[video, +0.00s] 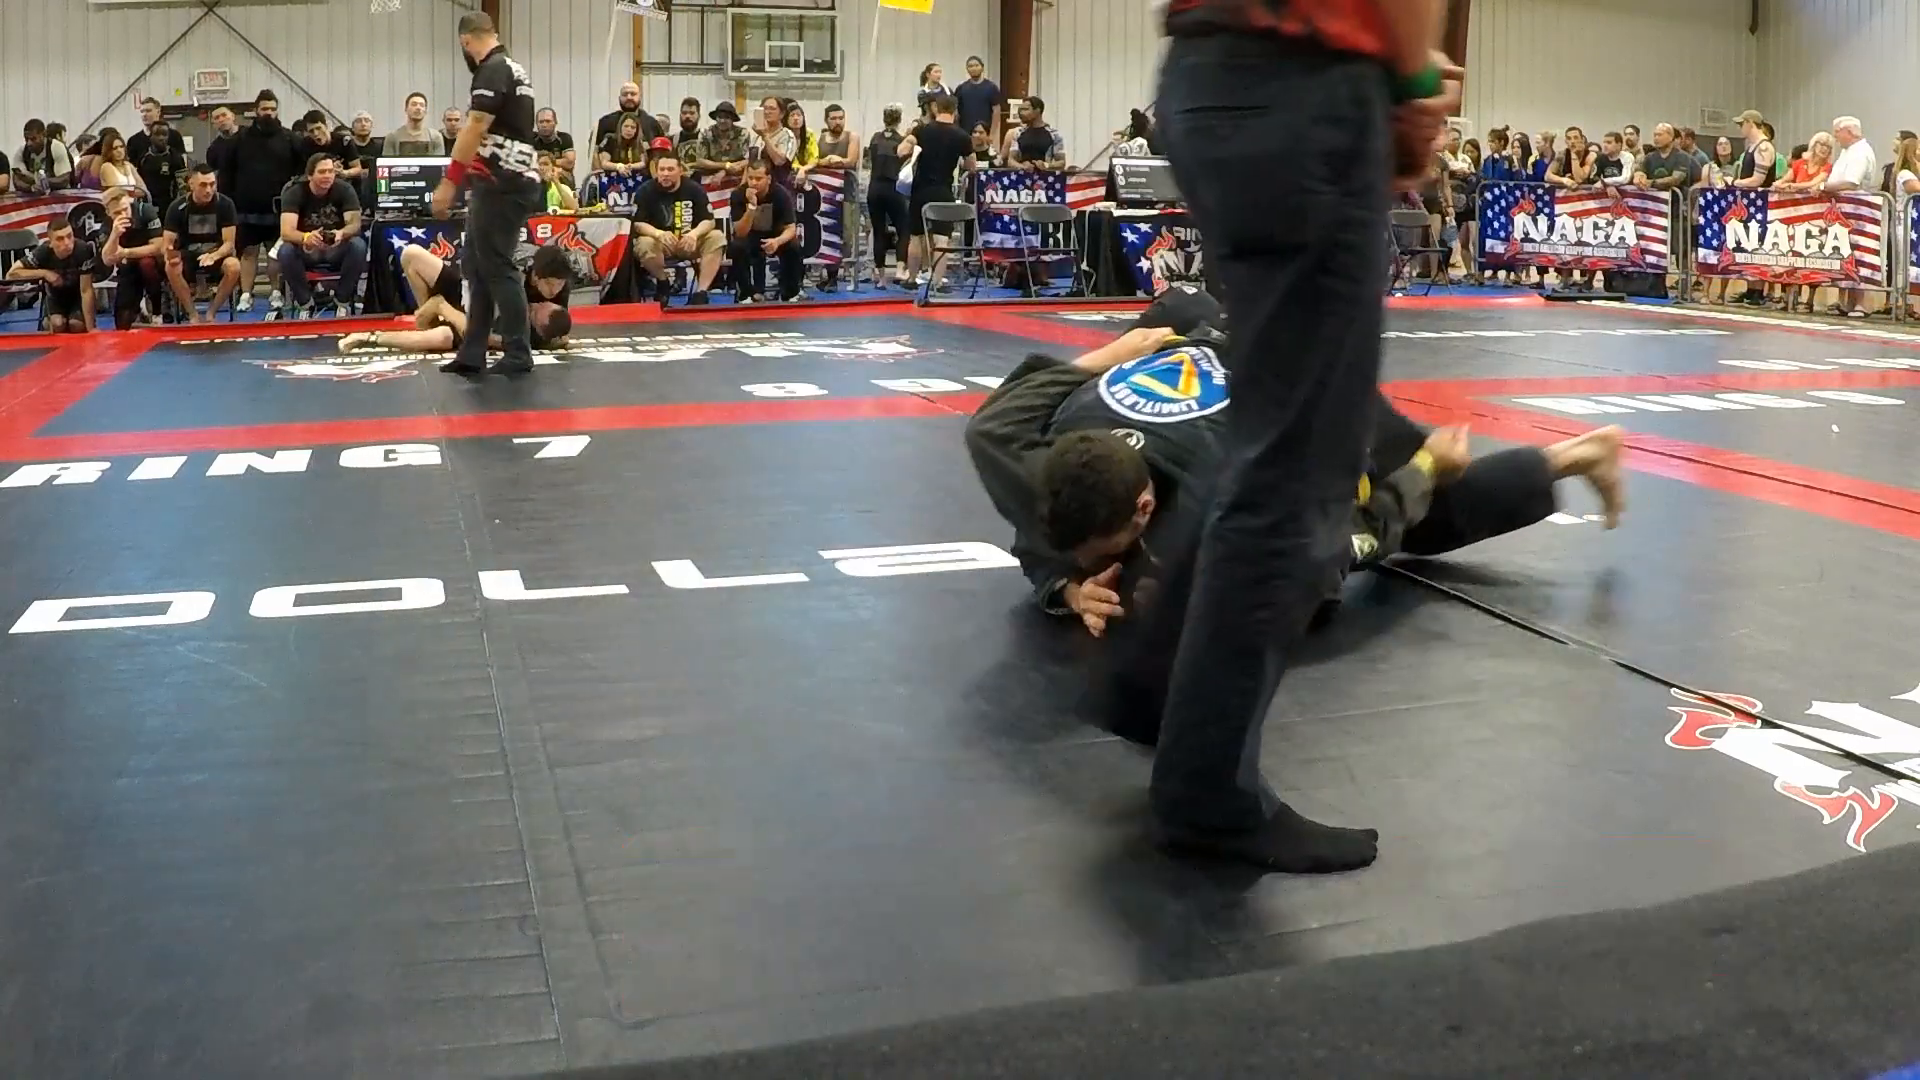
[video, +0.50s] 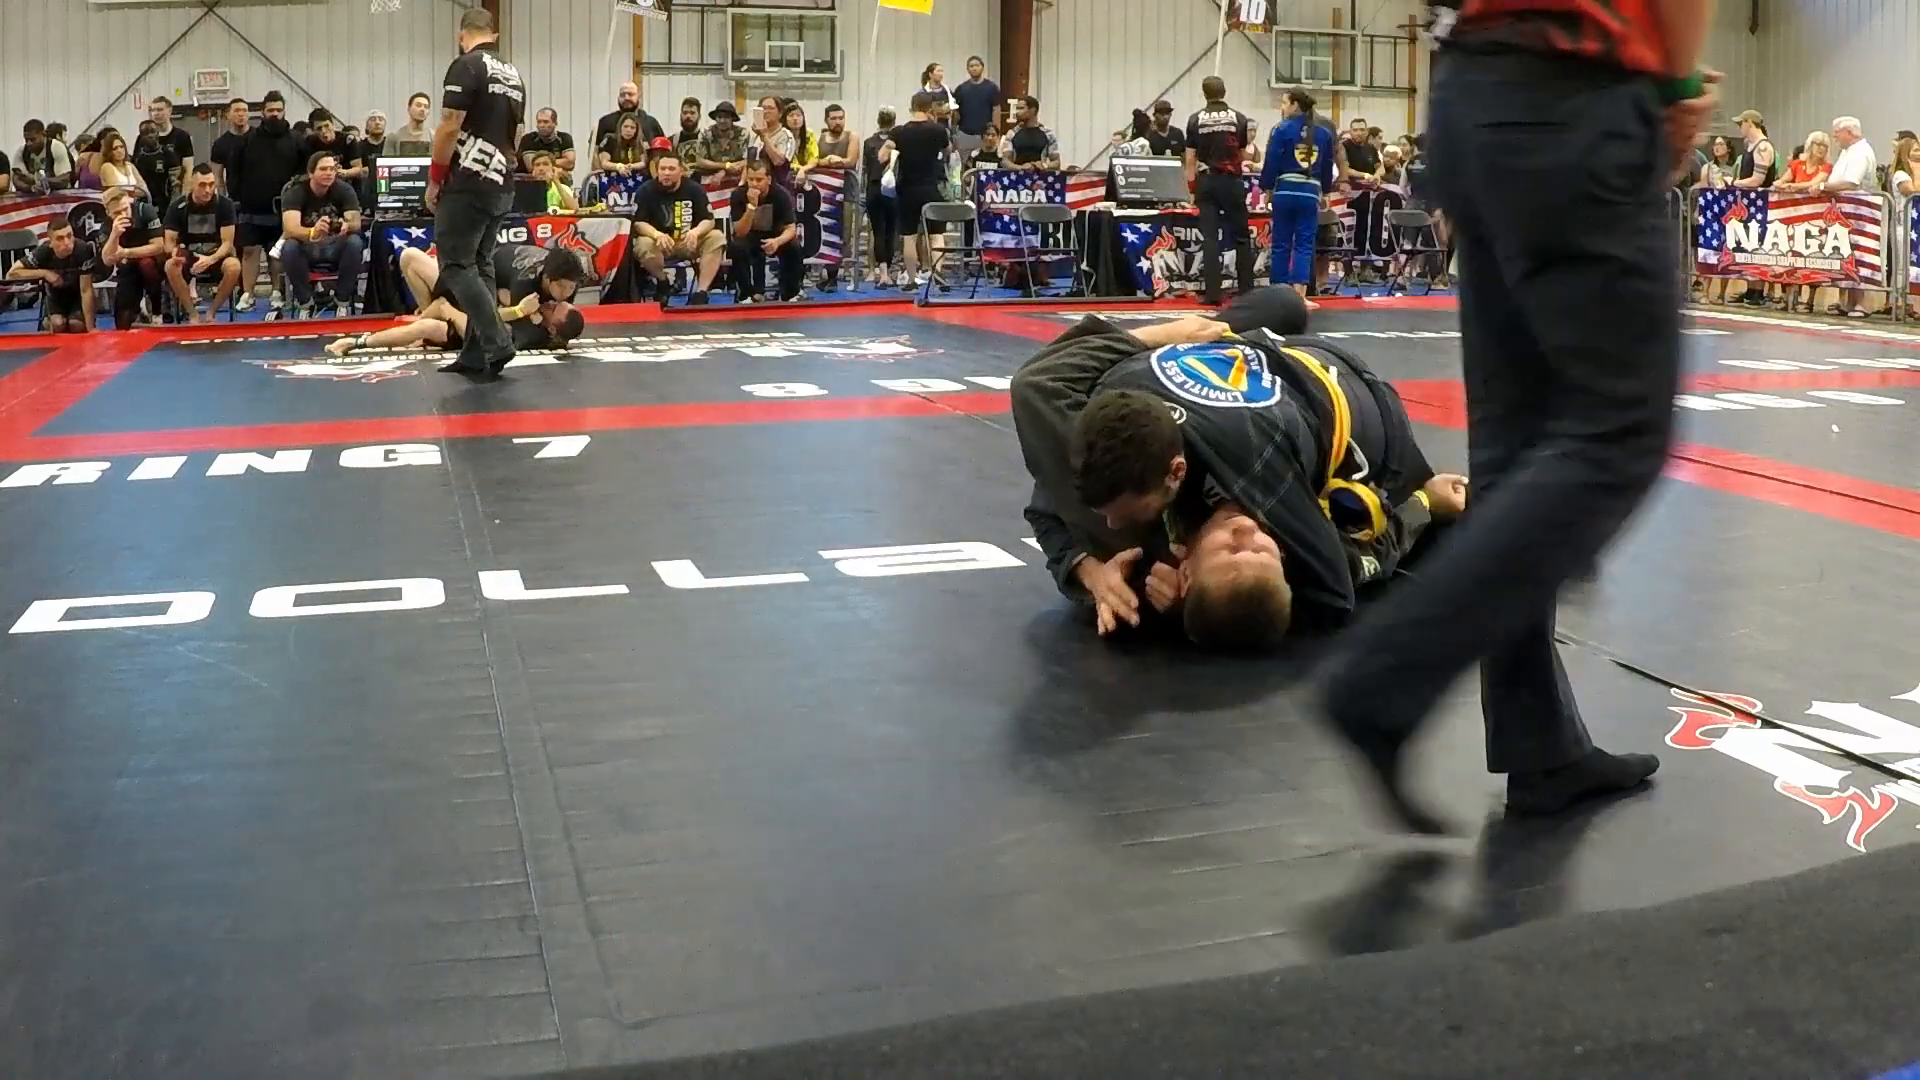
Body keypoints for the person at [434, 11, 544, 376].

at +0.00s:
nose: (465, 54)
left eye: (463, 47)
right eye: (463, 48)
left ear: (468, 41)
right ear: (493, 36)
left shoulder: (493, 68)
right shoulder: (514, 68)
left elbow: (477, 126)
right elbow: (511, 133)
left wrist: (450, 180)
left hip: (501, 183)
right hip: (512, 182)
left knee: (499, 268)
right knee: (477, 267)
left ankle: (518, 356)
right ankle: (471, 355)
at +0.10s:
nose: (460, 53)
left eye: (458, 47)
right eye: (459, 48)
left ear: (463, 42)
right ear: (488, 37)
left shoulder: (487, 69)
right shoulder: (505, 70)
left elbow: (468, 127)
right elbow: (493, 133)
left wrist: (435, 179)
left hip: (493, 182)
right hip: (498, 182)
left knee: (481, 265)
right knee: (469, 266)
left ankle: (515, 349)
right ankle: (473, 355)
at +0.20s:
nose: (455, 49)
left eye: (454, 43)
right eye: (456, 44)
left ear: (458, 40)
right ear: (486, 36)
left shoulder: (476, 67)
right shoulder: (504, 71)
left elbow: (462, 125)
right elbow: (503, 135)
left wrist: (432, 179)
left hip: (479, 179)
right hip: (501, 182)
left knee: (460, 263)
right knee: (473, 264)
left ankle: (506, 340)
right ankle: (473, 353)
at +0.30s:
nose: (454, 49)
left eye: (453, 44)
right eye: (455, 44)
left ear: (458, 39)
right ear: (486, 36)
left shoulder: (471, 66)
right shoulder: (504, 70)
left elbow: (458, 125)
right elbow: (510, 131)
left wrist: (436, 178)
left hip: (473, 179)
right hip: (498, 183)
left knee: (452, 262)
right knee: (476, 263)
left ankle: (503, 337)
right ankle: (474, 353)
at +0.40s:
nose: (457, 45)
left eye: (455, 40)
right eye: (459, 40)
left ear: (459, 37)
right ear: (489, 36)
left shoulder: (468, 65)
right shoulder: (507, 71)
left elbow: (453, 126)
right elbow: (511, 131)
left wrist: (439, 180)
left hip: (472, 179)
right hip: (499, 185)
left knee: (448, 261)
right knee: (477, 262)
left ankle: (500, 339)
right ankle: (473, 354)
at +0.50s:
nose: (460, 44)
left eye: (459, 39)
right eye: (463, 40)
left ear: (462, 37)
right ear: (494, 36)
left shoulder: (466, 65)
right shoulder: (513, 73)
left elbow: (449, 126)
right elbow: (513, 136)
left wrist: (435, 177)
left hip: (471, 181)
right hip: (501, 186)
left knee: (455, 265)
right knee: (481, 262)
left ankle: (496, 344)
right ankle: (474, 353)